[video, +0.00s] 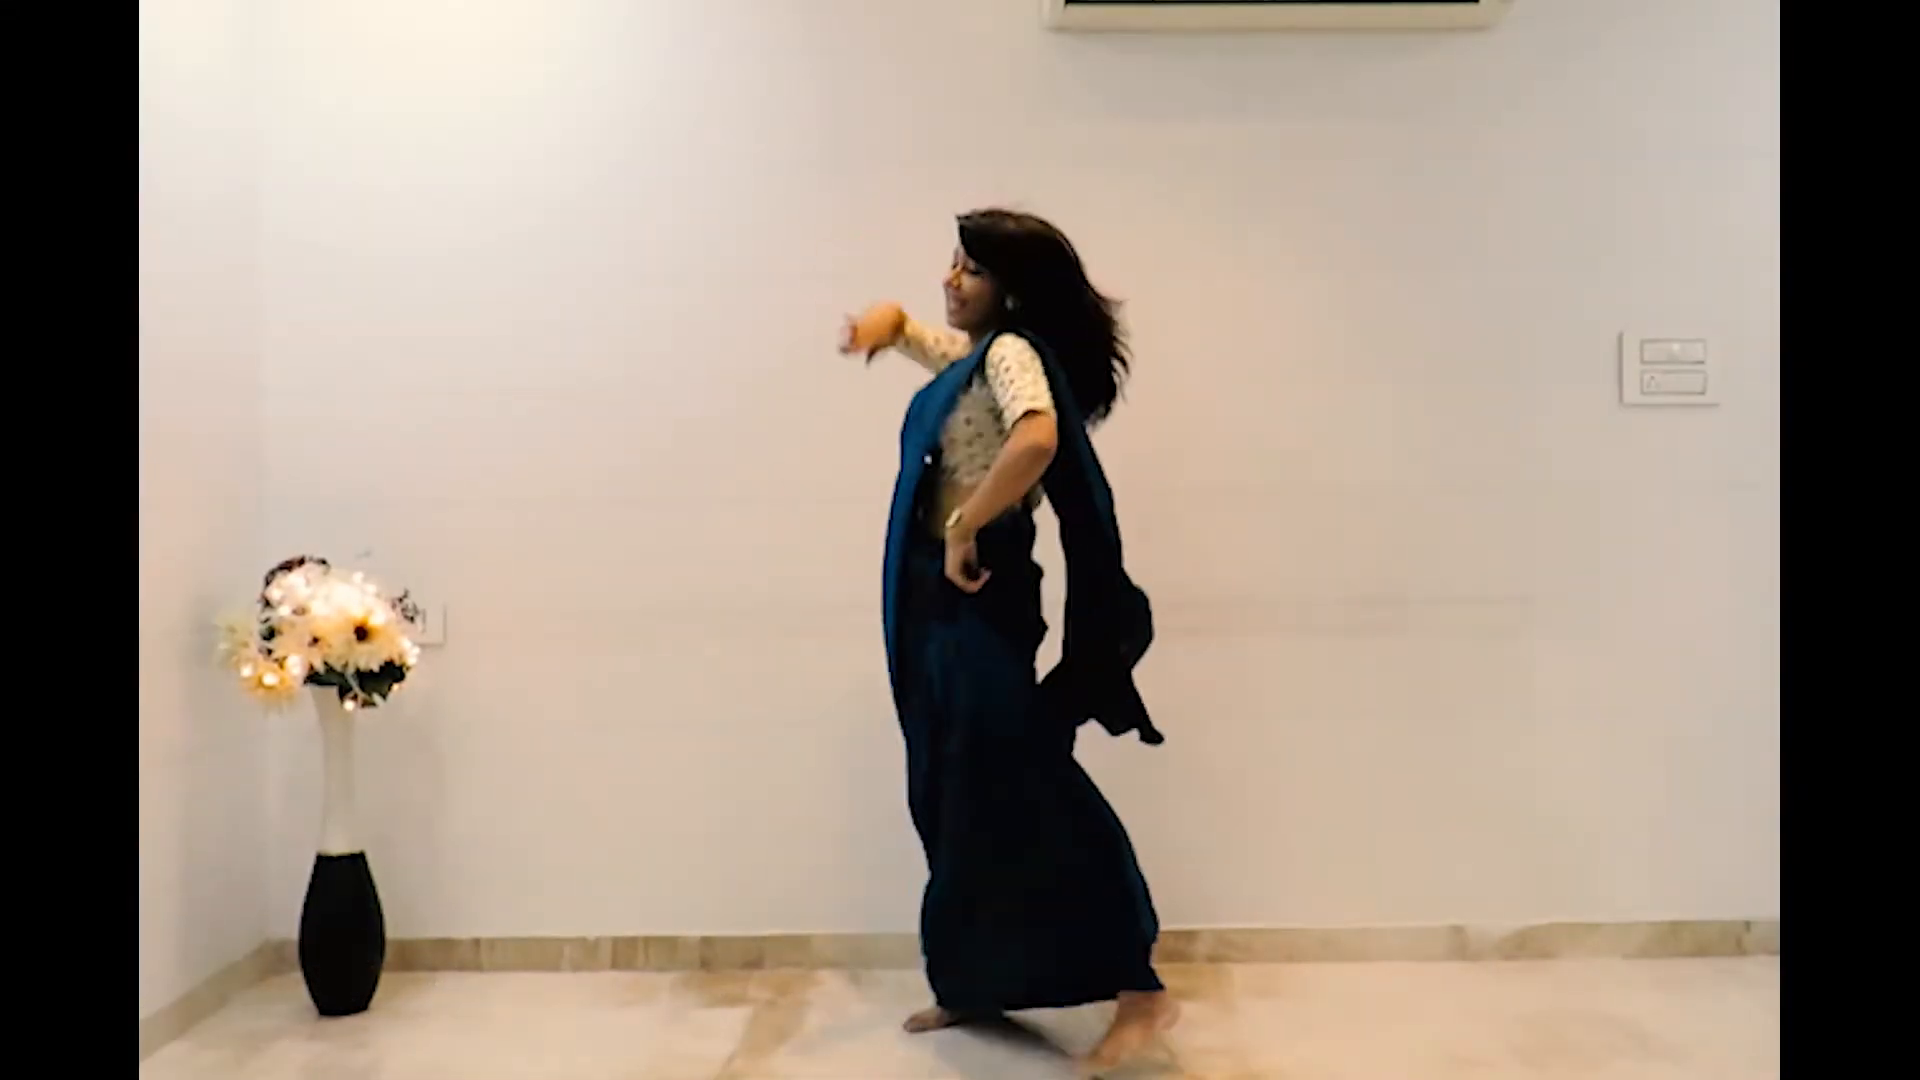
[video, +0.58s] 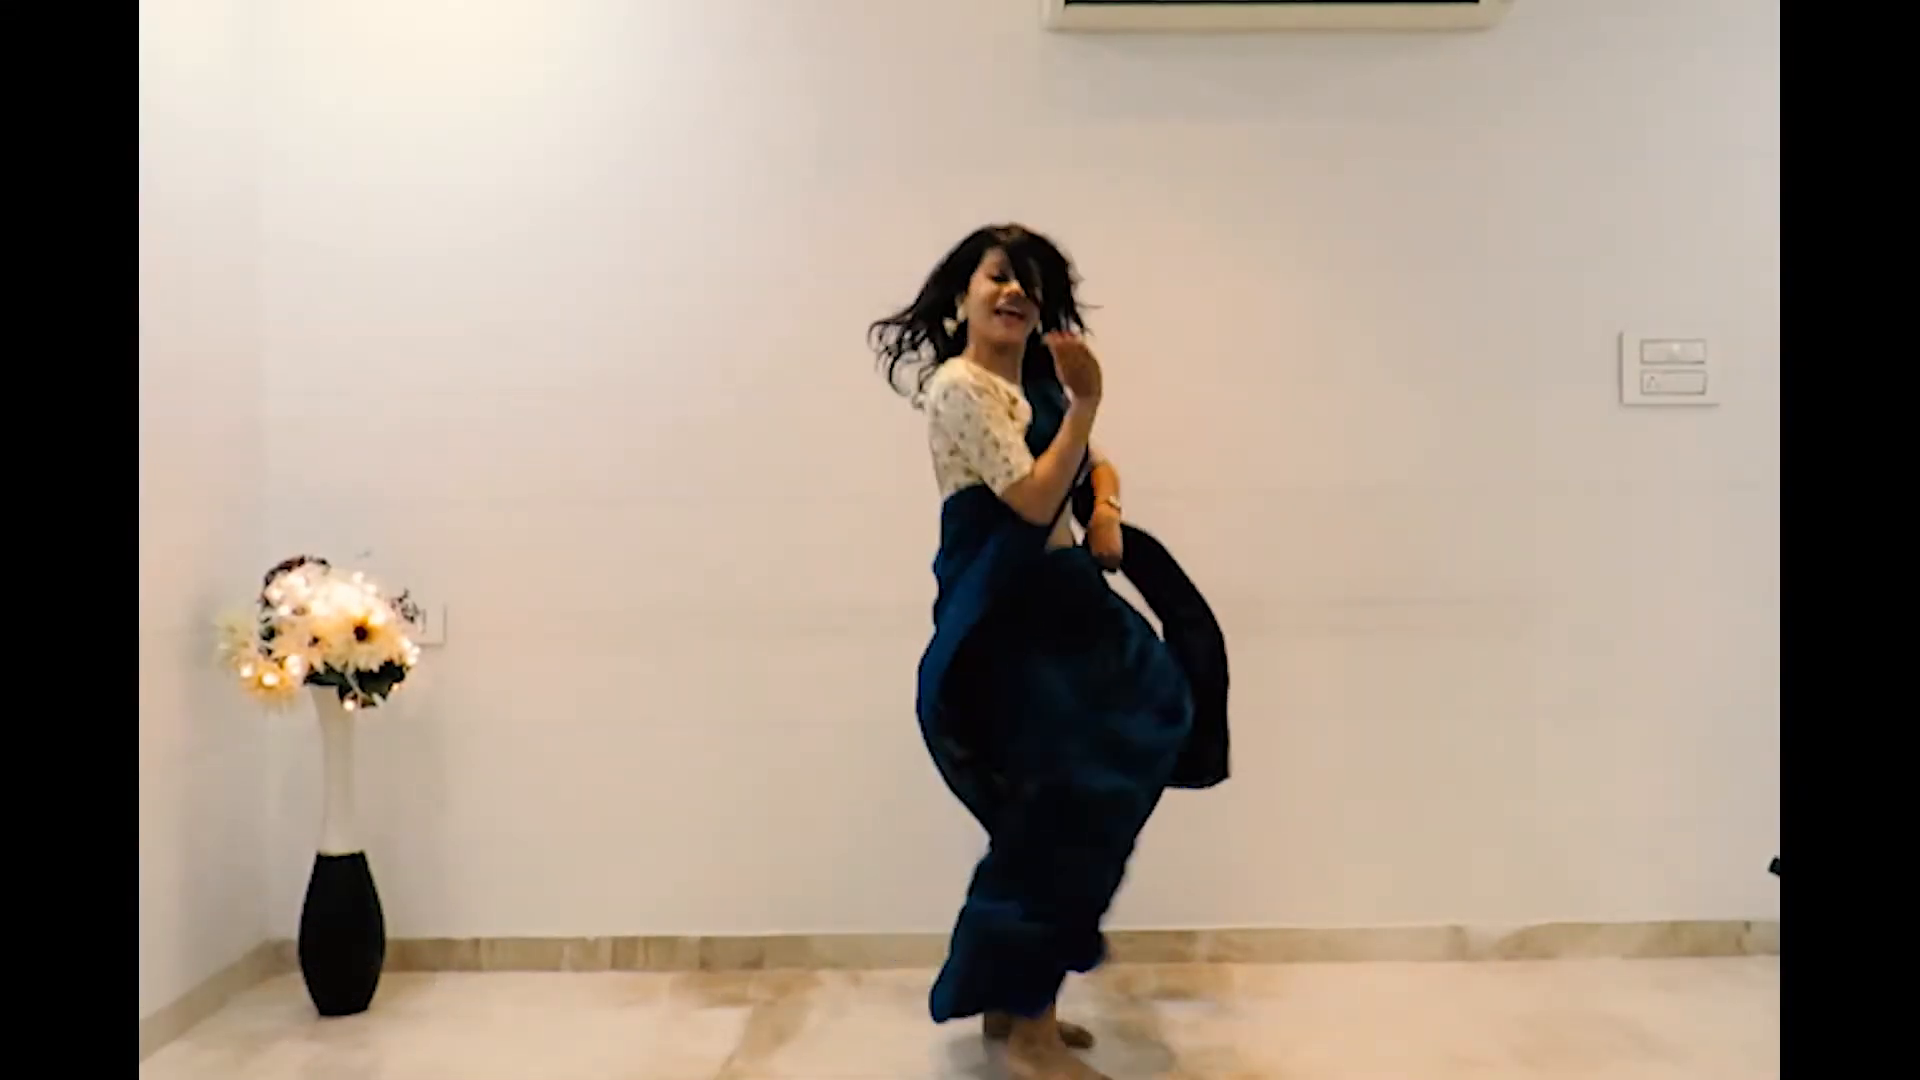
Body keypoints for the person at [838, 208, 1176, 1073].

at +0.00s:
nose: (950, 280)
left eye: (965, 272)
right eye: (954, 268)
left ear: (1004, 288)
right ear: (985, 285)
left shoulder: (1007, 353)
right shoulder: (966, 355)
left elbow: (1039, 436)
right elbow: (916, 335)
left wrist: (965, 523)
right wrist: (886, 323)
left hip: (986, 614)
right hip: (936, 613)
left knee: (1037, 788)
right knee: (949, 793)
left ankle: (1141, 991)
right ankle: (974, 985)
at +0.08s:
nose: (954, 318)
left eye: (970, 309)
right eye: (957, 304)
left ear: (1007, 326)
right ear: (992, 322)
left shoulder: (1003, 398)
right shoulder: (989, 396)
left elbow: (1010, 499)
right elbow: (955, 451)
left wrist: (932, 569)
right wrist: (903, 441)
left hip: (975, 644)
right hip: (952, 638)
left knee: (1008, 816)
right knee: (929, 806)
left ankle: (1150, 1009)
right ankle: (980, 986)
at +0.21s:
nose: (953, 317)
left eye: (964, 305)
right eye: (957, 303)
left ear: (996, 318)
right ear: (1012, 316)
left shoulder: (1029, 391)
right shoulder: (976, 408)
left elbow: (1068, 482)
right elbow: (869, 491)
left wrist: (974, 550)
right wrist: (877, 469)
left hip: (1007, 652)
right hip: (952, 652)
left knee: (1028, 832)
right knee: (926, 817)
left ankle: (1161, 1019)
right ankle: (983, 987)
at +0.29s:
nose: (968, 265)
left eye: (983, 252)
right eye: (967, 252)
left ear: (1019, 268)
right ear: (965, 269)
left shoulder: (1056, 348)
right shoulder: (938, 362)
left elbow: (1129, 429)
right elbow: (822, 375)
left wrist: (1037, 492)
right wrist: (917, 348)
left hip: (1028, 609)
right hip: (944, 609)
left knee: (1064, 795)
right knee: (949, 790)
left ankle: (1139, 999)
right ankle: (964, 978)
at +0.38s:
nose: (988, 238)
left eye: (1007, 228)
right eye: (978, 224)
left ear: (1038, 247)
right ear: (958, 239)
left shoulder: (1072, 327)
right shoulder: (929, 327)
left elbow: (1164, 403)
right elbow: (848, 284)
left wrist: (1082, 462)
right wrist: (971, 281)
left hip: (1039, 572)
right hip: (944, 572)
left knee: (1060, 766)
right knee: (953, 767)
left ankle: (1092, 965)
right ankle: (975, 956)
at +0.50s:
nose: (1003, 252)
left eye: (1019, 243)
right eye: (988, 240)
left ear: (1042, 268)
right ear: (957, 260)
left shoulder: (1067, 345)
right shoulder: (929, 332)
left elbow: (1148, 424)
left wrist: (1114, 476)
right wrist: (1075, 323)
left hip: (1066, 576)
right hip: (976, 583)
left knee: (1070, 768)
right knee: (1005, 784)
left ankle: (1023, 972)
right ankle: (1004, 1012)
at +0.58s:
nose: (1014, 290)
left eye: (1028, 282)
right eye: (997, 277)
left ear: (1045, 308)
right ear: (962, 296)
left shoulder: (1038, 386)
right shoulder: (957, 391)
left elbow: (1092, 466)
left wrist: (1103, 510)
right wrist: (1084, 404)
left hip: (1056, 622)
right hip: (1002, 633)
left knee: (1081, 807)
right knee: (1052, 810)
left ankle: (1031, 1009)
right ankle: (1019, 1023)